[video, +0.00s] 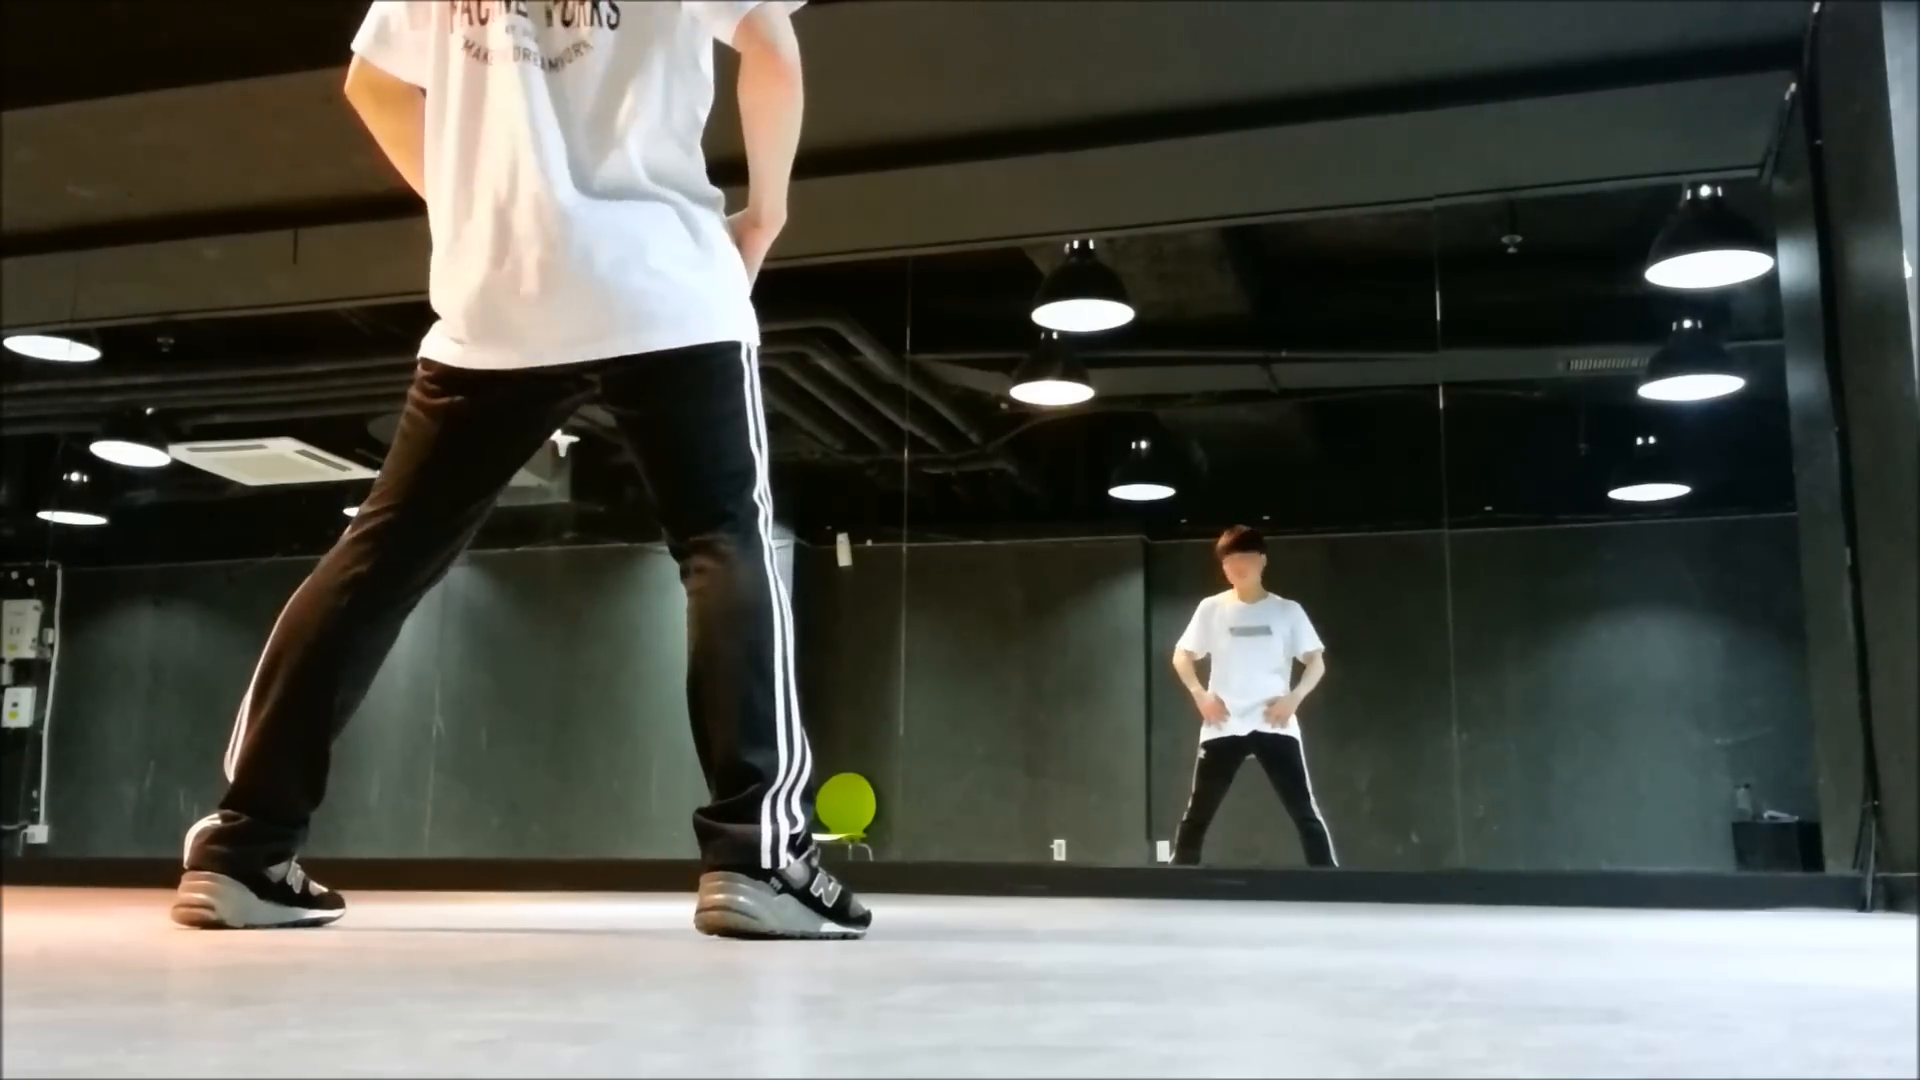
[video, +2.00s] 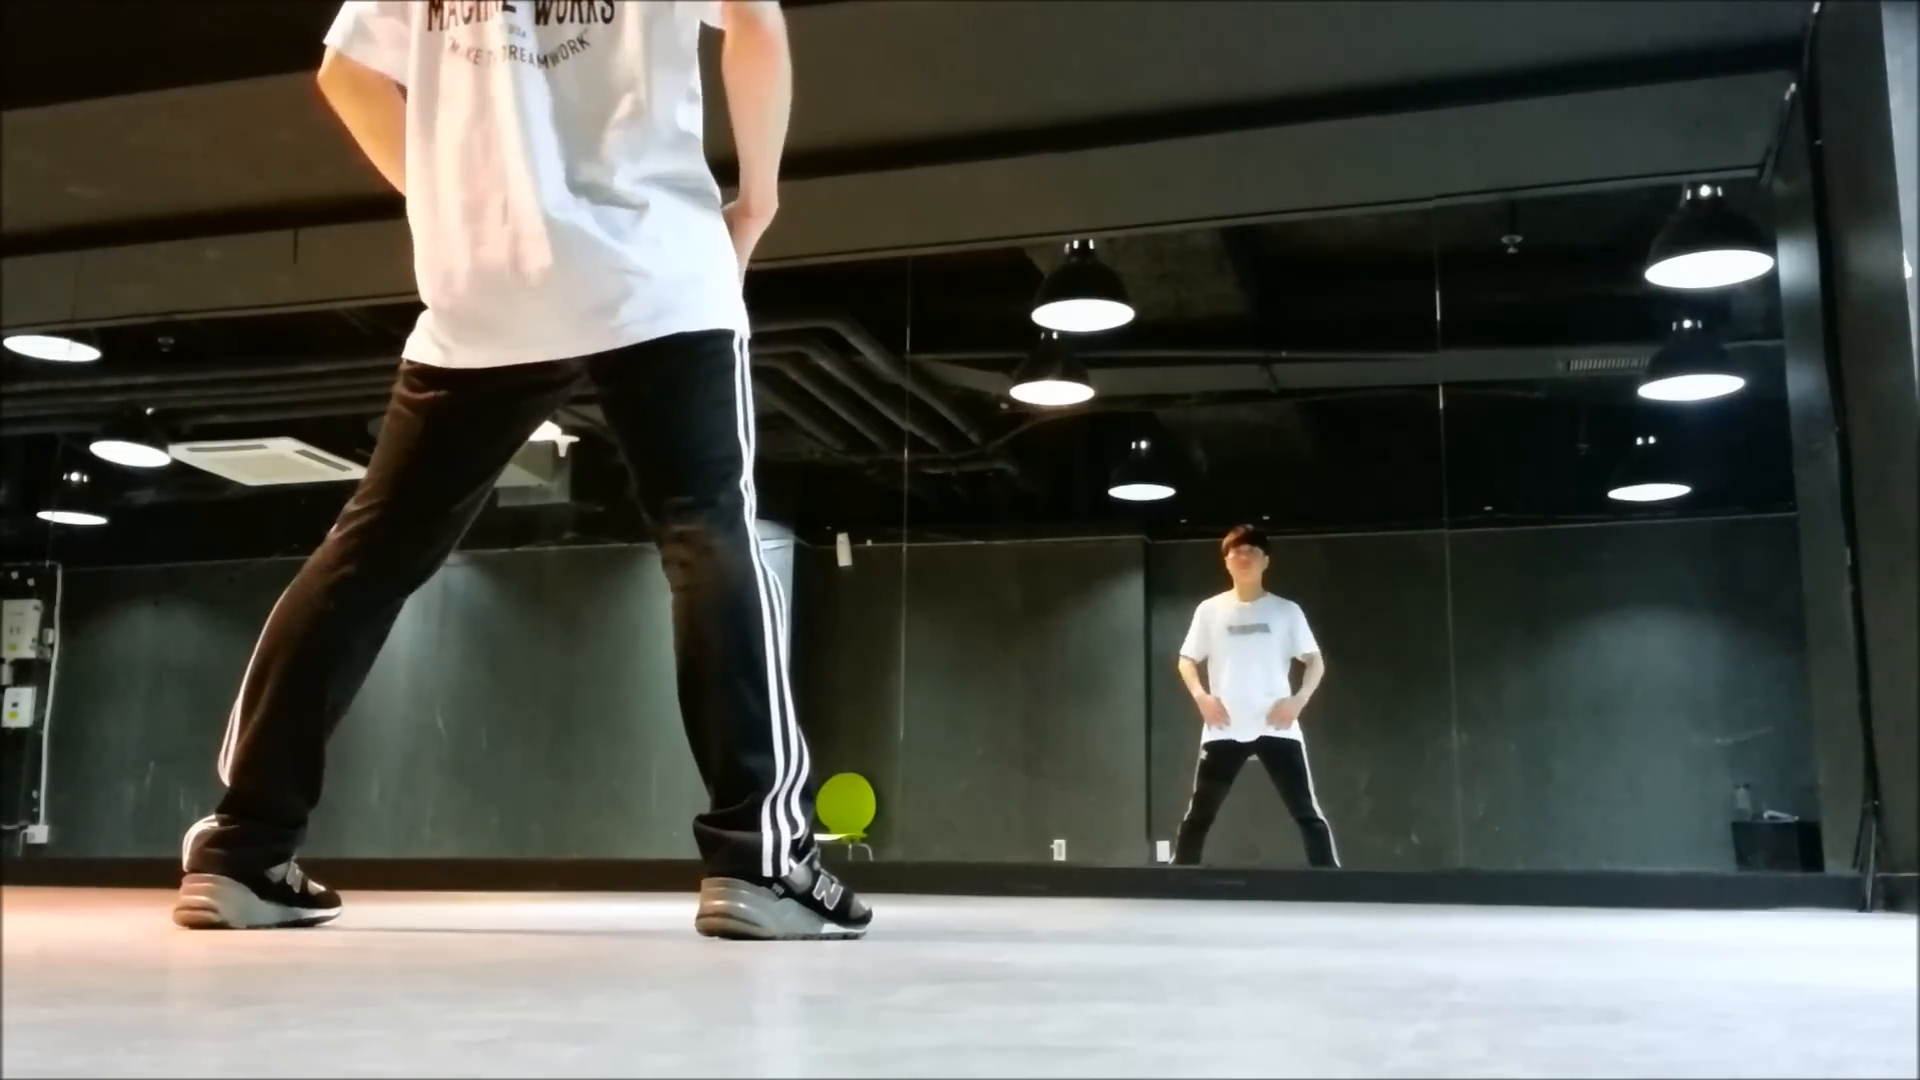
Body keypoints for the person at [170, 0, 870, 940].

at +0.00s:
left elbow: (376, 81)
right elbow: (771, 48)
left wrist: (476, 207)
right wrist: (767, 204)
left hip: (495, 275)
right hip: (663, 274)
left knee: (380, 555)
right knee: (726, 545)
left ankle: (240, 844)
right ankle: (758, 851)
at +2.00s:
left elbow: (350, 69)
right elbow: (754, 22)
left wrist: (458, 198)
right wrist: (758, 190)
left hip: (482, 254)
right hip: (655, 251)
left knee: (370, 551)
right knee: (710, 539)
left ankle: (238, 848)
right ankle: (760, 856)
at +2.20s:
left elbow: (371, 73)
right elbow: (739, 30)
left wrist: (459, 212)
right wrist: (758, 199)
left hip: (487, 271)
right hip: (653, 262)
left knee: (367, 557)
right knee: (714, 551)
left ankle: (238, 847)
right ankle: (760, 854)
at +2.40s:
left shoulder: (440, 3)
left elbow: (368, 81)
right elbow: (801, 25)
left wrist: (461, 228)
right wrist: (782, 194)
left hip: (483, 273)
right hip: (649, 272)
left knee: (411, 569)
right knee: (750, 564)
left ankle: (202, 818)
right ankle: (828, 844)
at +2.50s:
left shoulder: (462, 11)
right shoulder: (695, 4)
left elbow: (368, 121)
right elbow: (801, 48)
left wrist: (460, 261)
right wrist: (774, 238)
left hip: (486, 308)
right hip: (647, 305)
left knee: (436, 618)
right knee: (717, 605)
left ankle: (197, 836)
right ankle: (815, 855)